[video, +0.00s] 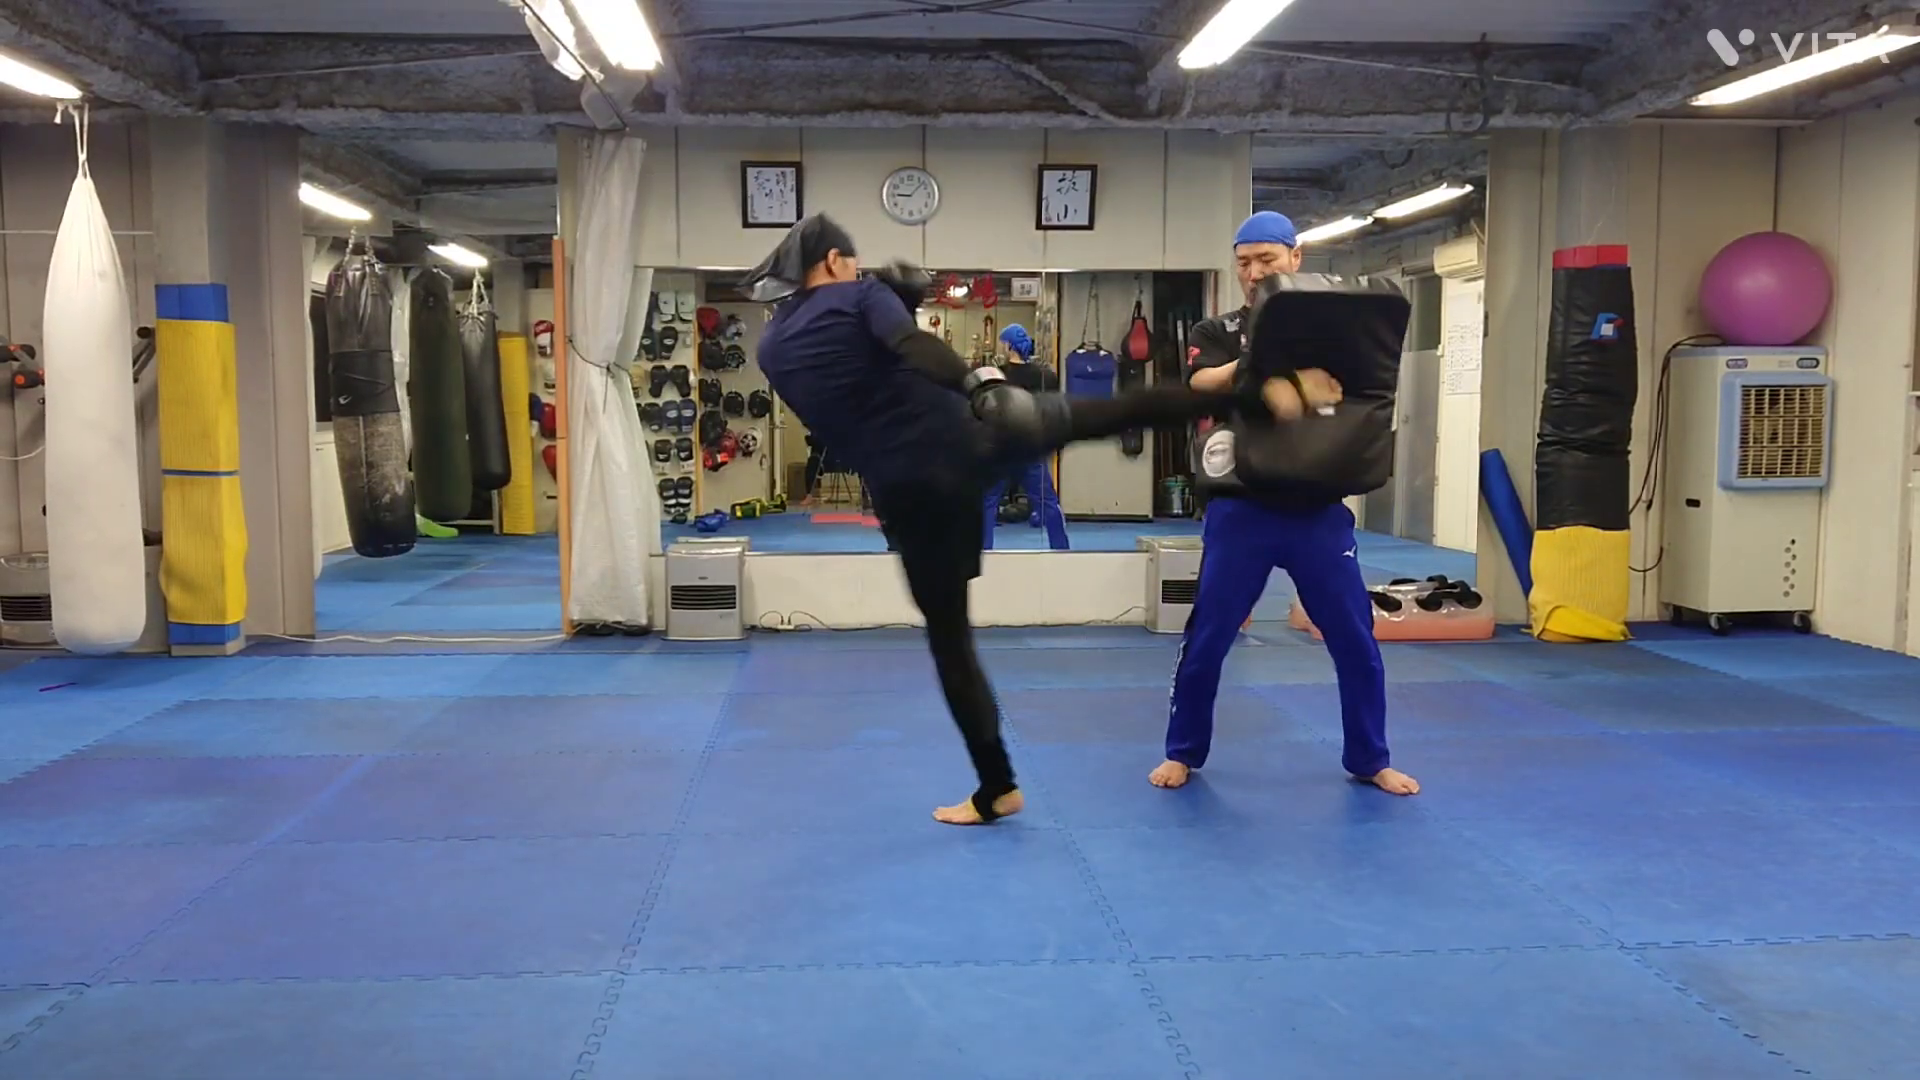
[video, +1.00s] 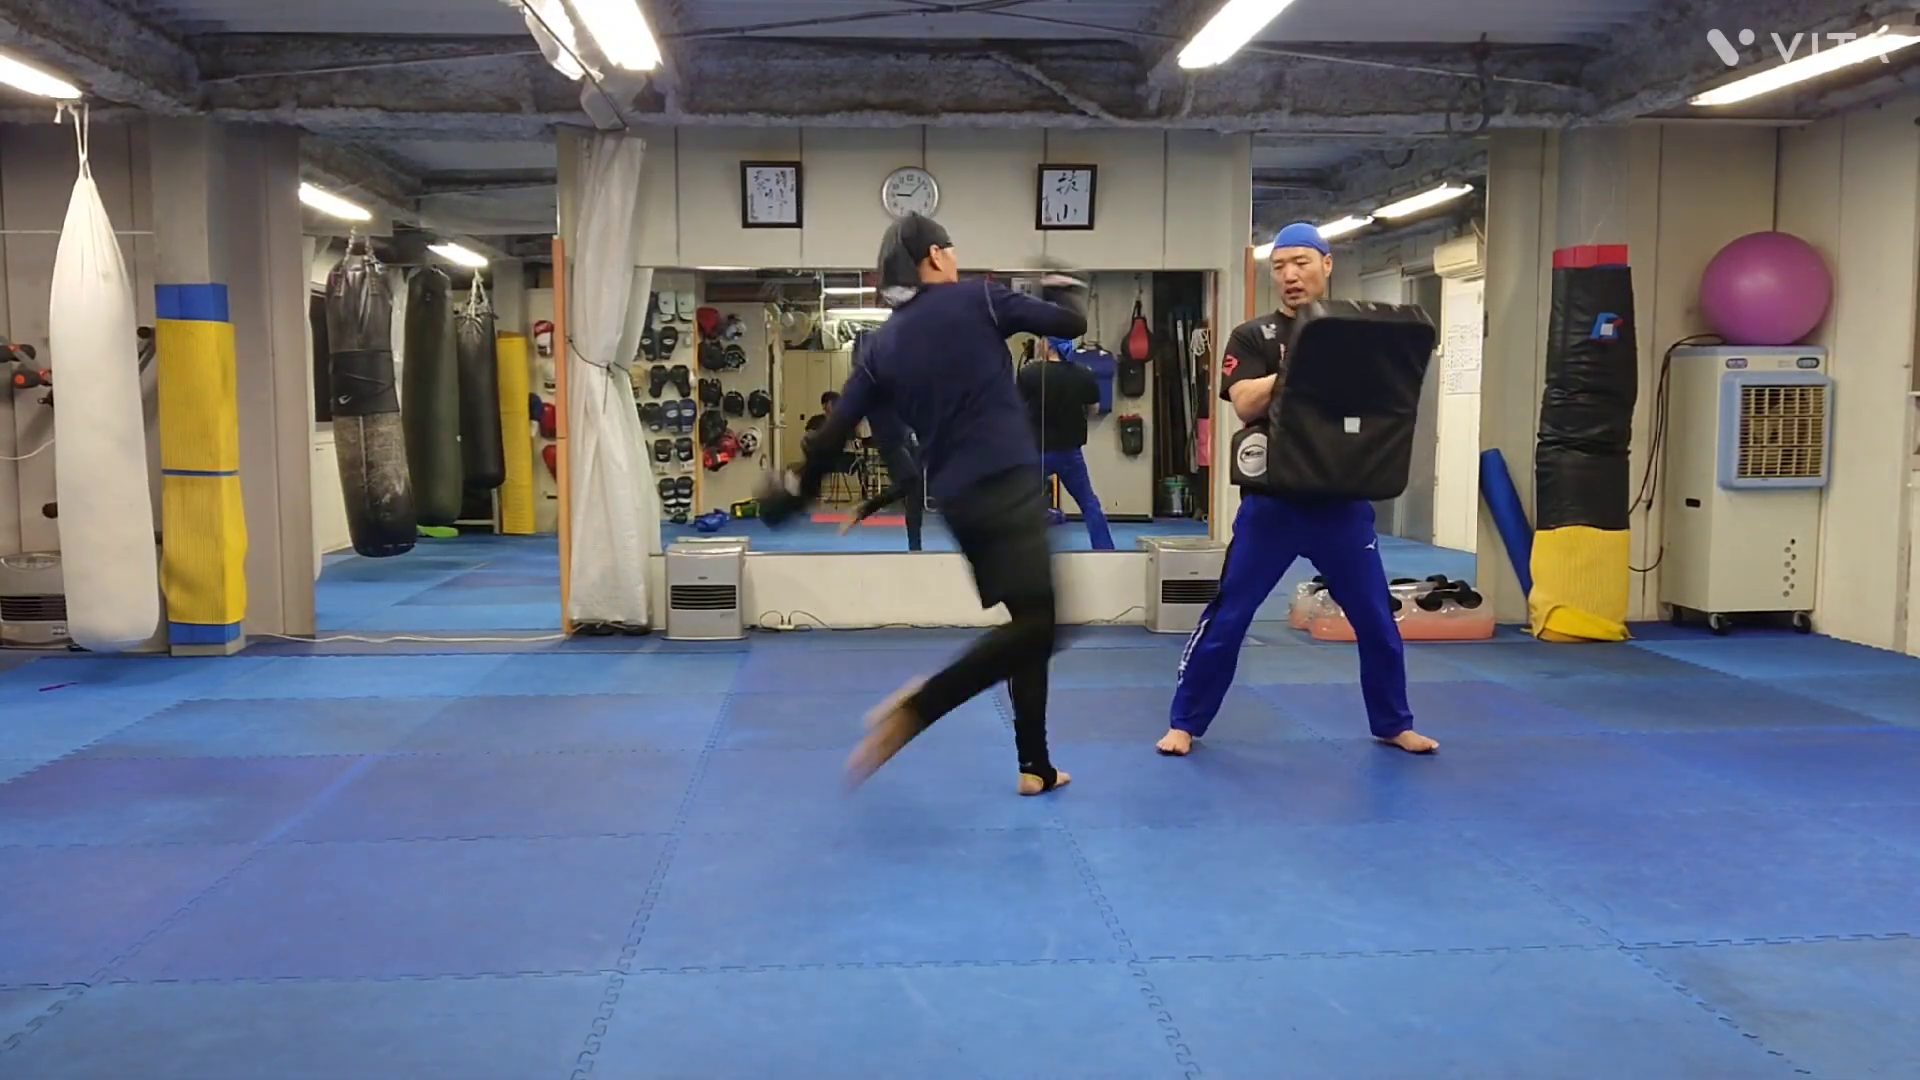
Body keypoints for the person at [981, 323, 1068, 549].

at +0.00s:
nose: (999, 349)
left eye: (1001, 344)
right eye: (1000, 344)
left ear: (1010, 346)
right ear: (1025, 345)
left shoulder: (996, 376)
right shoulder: (1046, 375)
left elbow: (985, 418)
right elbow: (1056, 413)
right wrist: (1054, 445)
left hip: (999, 449)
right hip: (1034, 448)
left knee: (989, 499)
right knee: (1046, 498)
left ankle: (984, 549)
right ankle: (1062, 549)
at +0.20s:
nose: (1007, 341)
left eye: (1007, 338)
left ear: (1009, 338)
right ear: (1031, 336)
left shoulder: (1000, 362)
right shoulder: (1045, 361)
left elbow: (986, 395)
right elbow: (1054, 397)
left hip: (1005, 436)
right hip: (1039, 436)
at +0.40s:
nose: (1015, 344)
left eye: (1016, 340)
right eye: (1016, 339)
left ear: (1022, 344)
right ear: (1043, 342)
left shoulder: (1010, 373)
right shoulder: (1060, 372)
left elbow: (999, 405)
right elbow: (1074, 406)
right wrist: (1058, 409)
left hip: (1015, 446)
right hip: (1051, 446)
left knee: (998, 500)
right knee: (1074, 497)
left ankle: (986, 552)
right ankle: (1089, 548)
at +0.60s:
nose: (1033, 346)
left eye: (1035, 341)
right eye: (1034, 341)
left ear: (1045, 344)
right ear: (1061, 343)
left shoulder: (1033, 372)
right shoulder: (1080, 373)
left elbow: (1020, 407)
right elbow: (1092, 409)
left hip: (1038, 448)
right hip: (1071, 447)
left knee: (1013, 501)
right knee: (1090, 499)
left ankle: (991, 549)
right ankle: (1107, 551)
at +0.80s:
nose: (1040, 343)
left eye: (1043, 339)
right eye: (1041, 338)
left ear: (1051, 342)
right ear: (1067, 342)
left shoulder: (1035, 372)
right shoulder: (1088, 374)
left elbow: (1023, 406)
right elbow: (1097, 410)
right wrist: (1080, 425)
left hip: (1039, 446)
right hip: (1073, 448)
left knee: (1019, 498)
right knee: (1091, 500)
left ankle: (1007, 550)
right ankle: (1106, 552)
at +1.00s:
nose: (1040, 346)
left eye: (1042, 342)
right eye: (1042, 342)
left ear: (1048, 347)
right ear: (1067, 348)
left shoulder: (1028, 373)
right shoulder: (1080, 374)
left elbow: (1020, 403)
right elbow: (1092, 405)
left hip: (1037, 451)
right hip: (1069, 450)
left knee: (1027, 509)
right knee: (1088, 501)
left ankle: (1024, 559)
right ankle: (1105, 551)